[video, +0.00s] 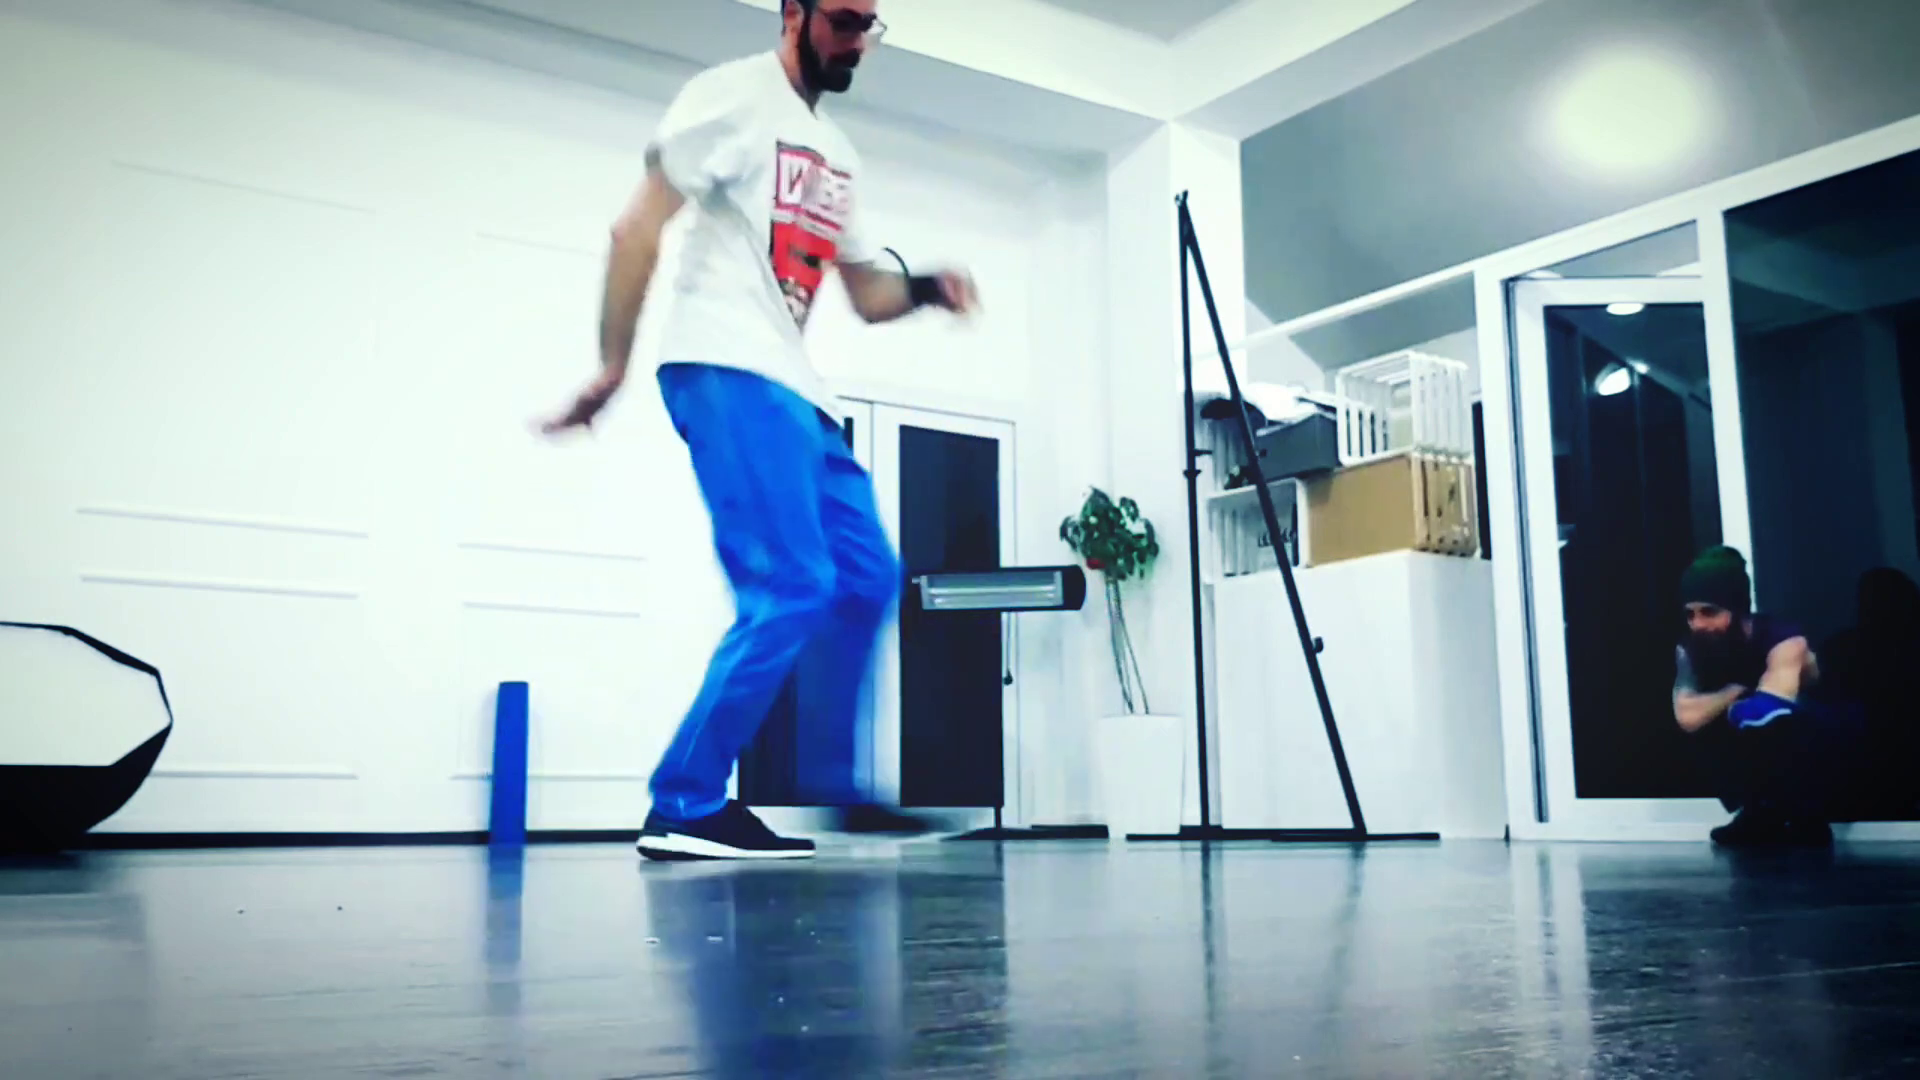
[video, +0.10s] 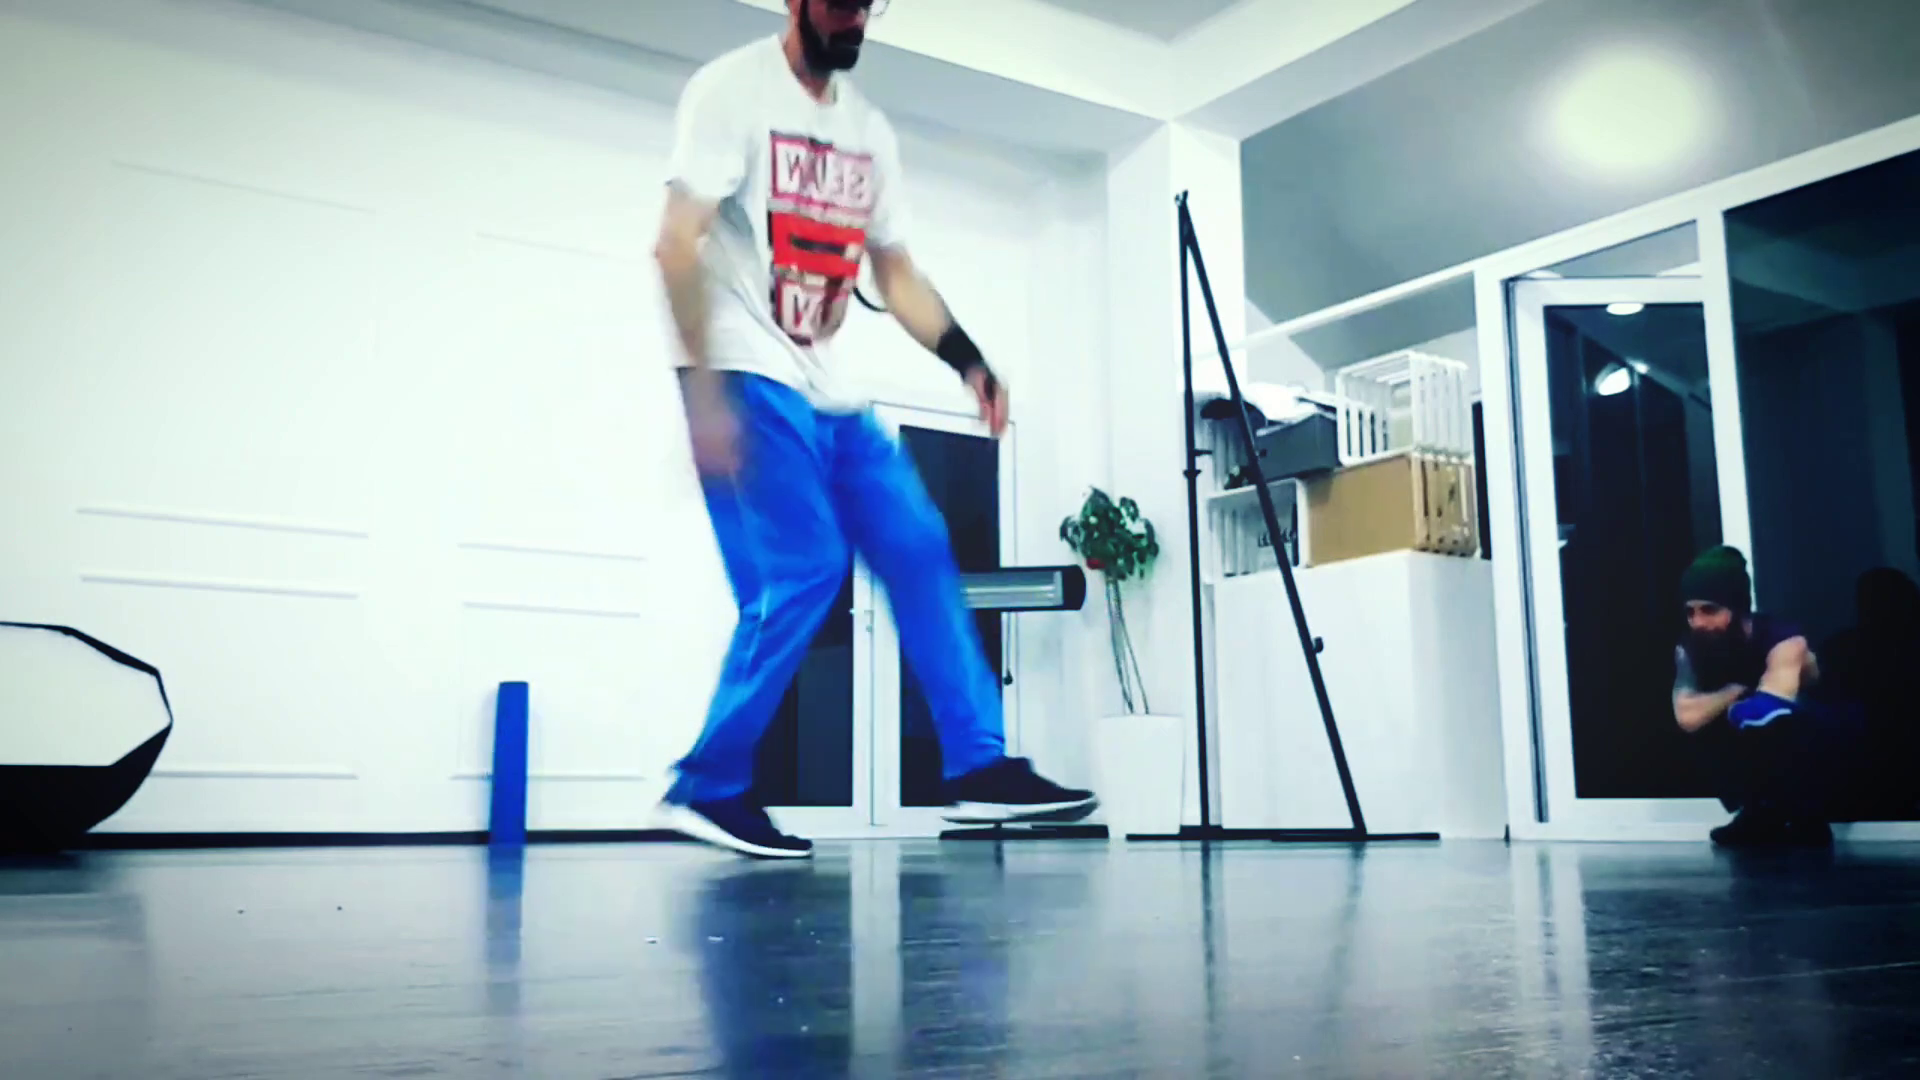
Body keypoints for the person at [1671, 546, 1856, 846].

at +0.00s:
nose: (1697, 625)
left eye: (1708, 613)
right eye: (1690, 614)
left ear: (1738, 610)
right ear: (1685, 615)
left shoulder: (1782, 639)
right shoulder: (1690, 653)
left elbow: (1775, 700)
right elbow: (1687, 716)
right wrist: (1733, 692)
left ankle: (1804, 820)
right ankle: (1756, 813)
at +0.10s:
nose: (1697, 623)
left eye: (1709, 611)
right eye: (1691, 612)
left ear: (1737, 608)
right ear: (1685, 612)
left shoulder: (1782, 638)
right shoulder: (1690, 652)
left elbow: (1774, 702)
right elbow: (1687, 716)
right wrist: (1732, 692)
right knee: (1708, 727)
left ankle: (1804, 821)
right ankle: (1756, 814)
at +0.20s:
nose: (1698, 623)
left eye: (1710, 611)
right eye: (1691, 612)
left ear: (1738, 607)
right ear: (1685, 612)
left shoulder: (1783, 638)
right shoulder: (1690, 651)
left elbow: (1772, 705)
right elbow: (1687, 716)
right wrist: (1732, 693)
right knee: (1708, 726)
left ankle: (1805, 821)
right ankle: (1757, 814)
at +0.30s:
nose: (1698, 624)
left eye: (1710, 612)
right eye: (1691, 613)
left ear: (1738, 608)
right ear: (1685, 613)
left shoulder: (1783, 639)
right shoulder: (1690, 652)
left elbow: (1773, 703)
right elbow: (1687, 716)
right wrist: (1732, 692)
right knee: (1708, 726)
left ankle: (1805, 821)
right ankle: (1756, 813)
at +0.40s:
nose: (1698, 623)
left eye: (1709, 611)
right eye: (1691, 613)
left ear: (1738, 608)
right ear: (1685, 613)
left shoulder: (1782, 639)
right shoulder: (1690, 651)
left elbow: (1775, 701)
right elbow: (1687, 716)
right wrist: (1734, 691)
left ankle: (1805, 820)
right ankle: (1756, 813)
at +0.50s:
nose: (1698, 623)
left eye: (1709, 611)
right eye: (1691, 612)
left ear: (1737, 609)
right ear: (1685, 612)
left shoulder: (1780, 639)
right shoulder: (1690, 651)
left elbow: (1776, 699)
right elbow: (1687, 716)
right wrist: (1734, 691)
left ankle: (1805, 820)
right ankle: (1756, 813)